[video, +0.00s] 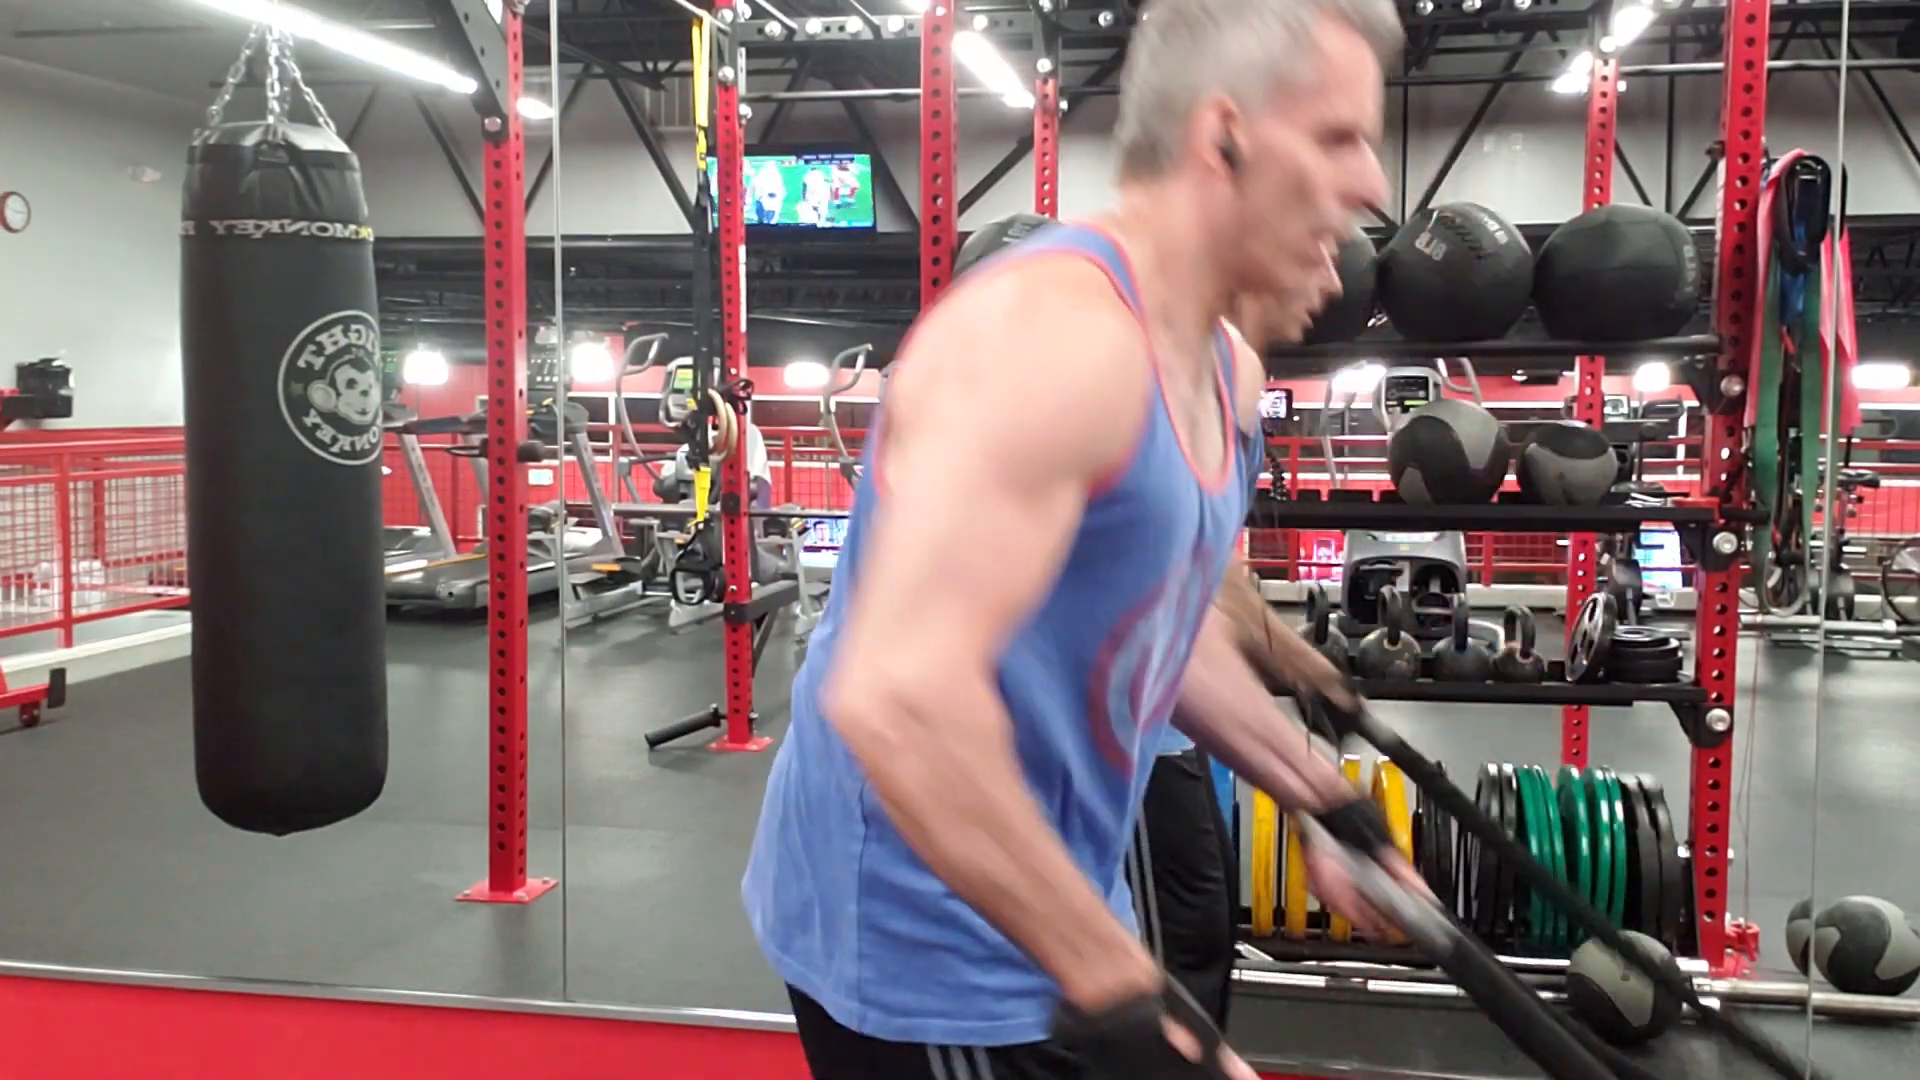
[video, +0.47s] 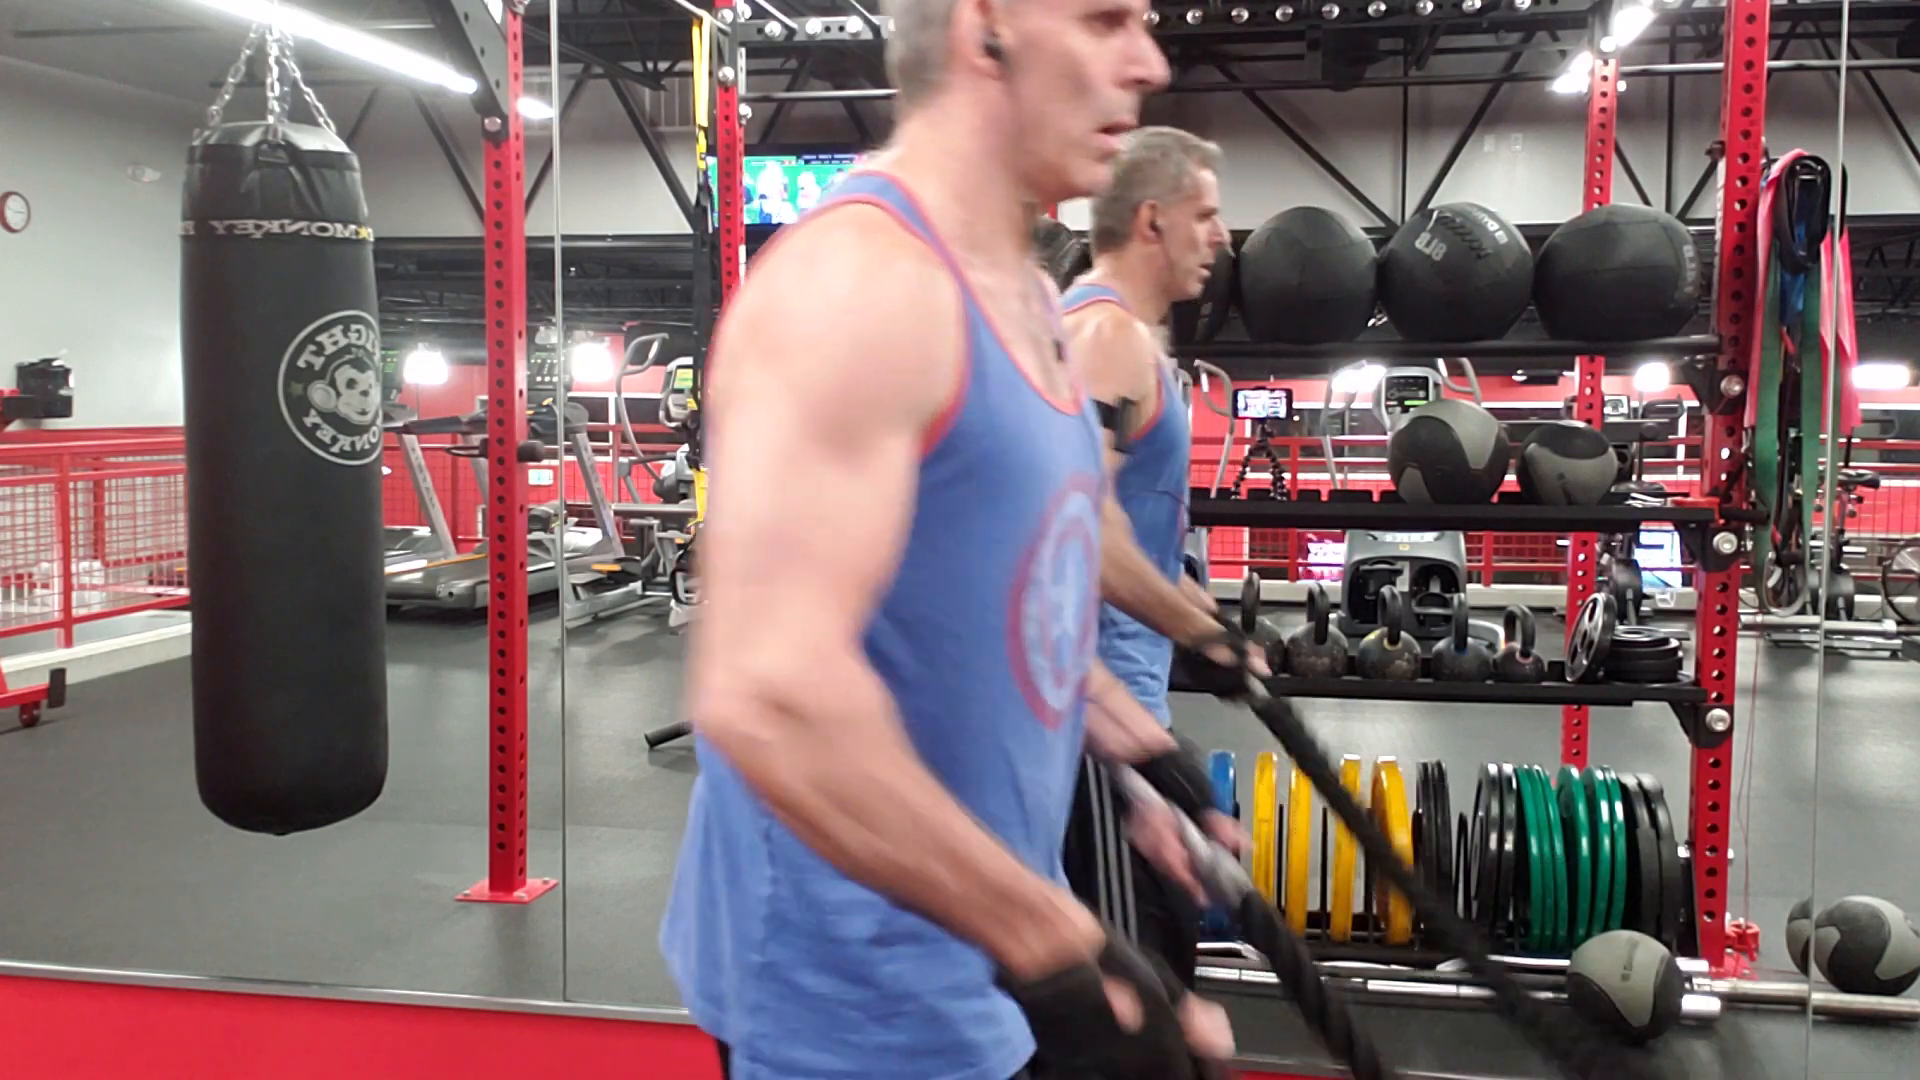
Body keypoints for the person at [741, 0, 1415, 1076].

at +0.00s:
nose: (1372, 190)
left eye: (1369, 146)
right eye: (1341, 139)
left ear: (1227, 145)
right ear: (1222, 137)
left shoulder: (1225, 366)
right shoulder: (1048, 330)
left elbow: (1162, 630)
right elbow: (898, 691)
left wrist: (1322, 792)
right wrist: (1127, 999)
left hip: (1077, 902)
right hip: (925, 937)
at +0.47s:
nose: (1150, 67)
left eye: (1143, 28)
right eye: (1107, 21)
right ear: (984, 27)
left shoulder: (1020, 284)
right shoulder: (856, 278)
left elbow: (1004, 603)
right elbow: (766, 683)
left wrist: (1150, 771)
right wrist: (1063, 956)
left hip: (970, 968)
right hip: (862, 995)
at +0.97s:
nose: (941, 73)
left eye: (940, 35)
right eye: (899, 27)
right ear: (782, 36)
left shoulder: (863, 289)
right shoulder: (673, 273)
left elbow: (872, 585)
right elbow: (604, 641)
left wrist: (1034, 724)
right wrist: (897, 848)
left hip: (834, 949)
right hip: (722, 984)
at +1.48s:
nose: (792, 70)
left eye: (788, 38)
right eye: (748, 29)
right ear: (634, 37)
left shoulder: (747, 280)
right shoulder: (532, 262)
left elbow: (773, 570)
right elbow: (462, 616)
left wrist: (930, 693)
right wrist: (744, 802)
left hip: (749, 900)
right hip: (592, 934)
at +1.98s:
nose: (776, 151)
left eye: (782, 115)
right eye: (743, 105)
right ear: (626, 71)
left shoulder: (705, 283)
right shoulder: (471, 286)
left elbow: (731, 567)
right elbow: (410, 662)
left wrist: (884, 711)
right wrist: (703, 868)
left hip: (699, 938)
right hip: (505, 979)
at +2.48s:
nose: (873, 167)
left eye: (877, 130)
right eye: (841, 121)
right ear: (727, 107)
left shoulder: (799, 339)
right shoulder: (557, 307)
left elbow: (788, 603)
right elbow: (454, 650)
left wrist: (913, 786)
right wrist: (681, 887)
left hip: (747, 921)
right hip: (569, 950)